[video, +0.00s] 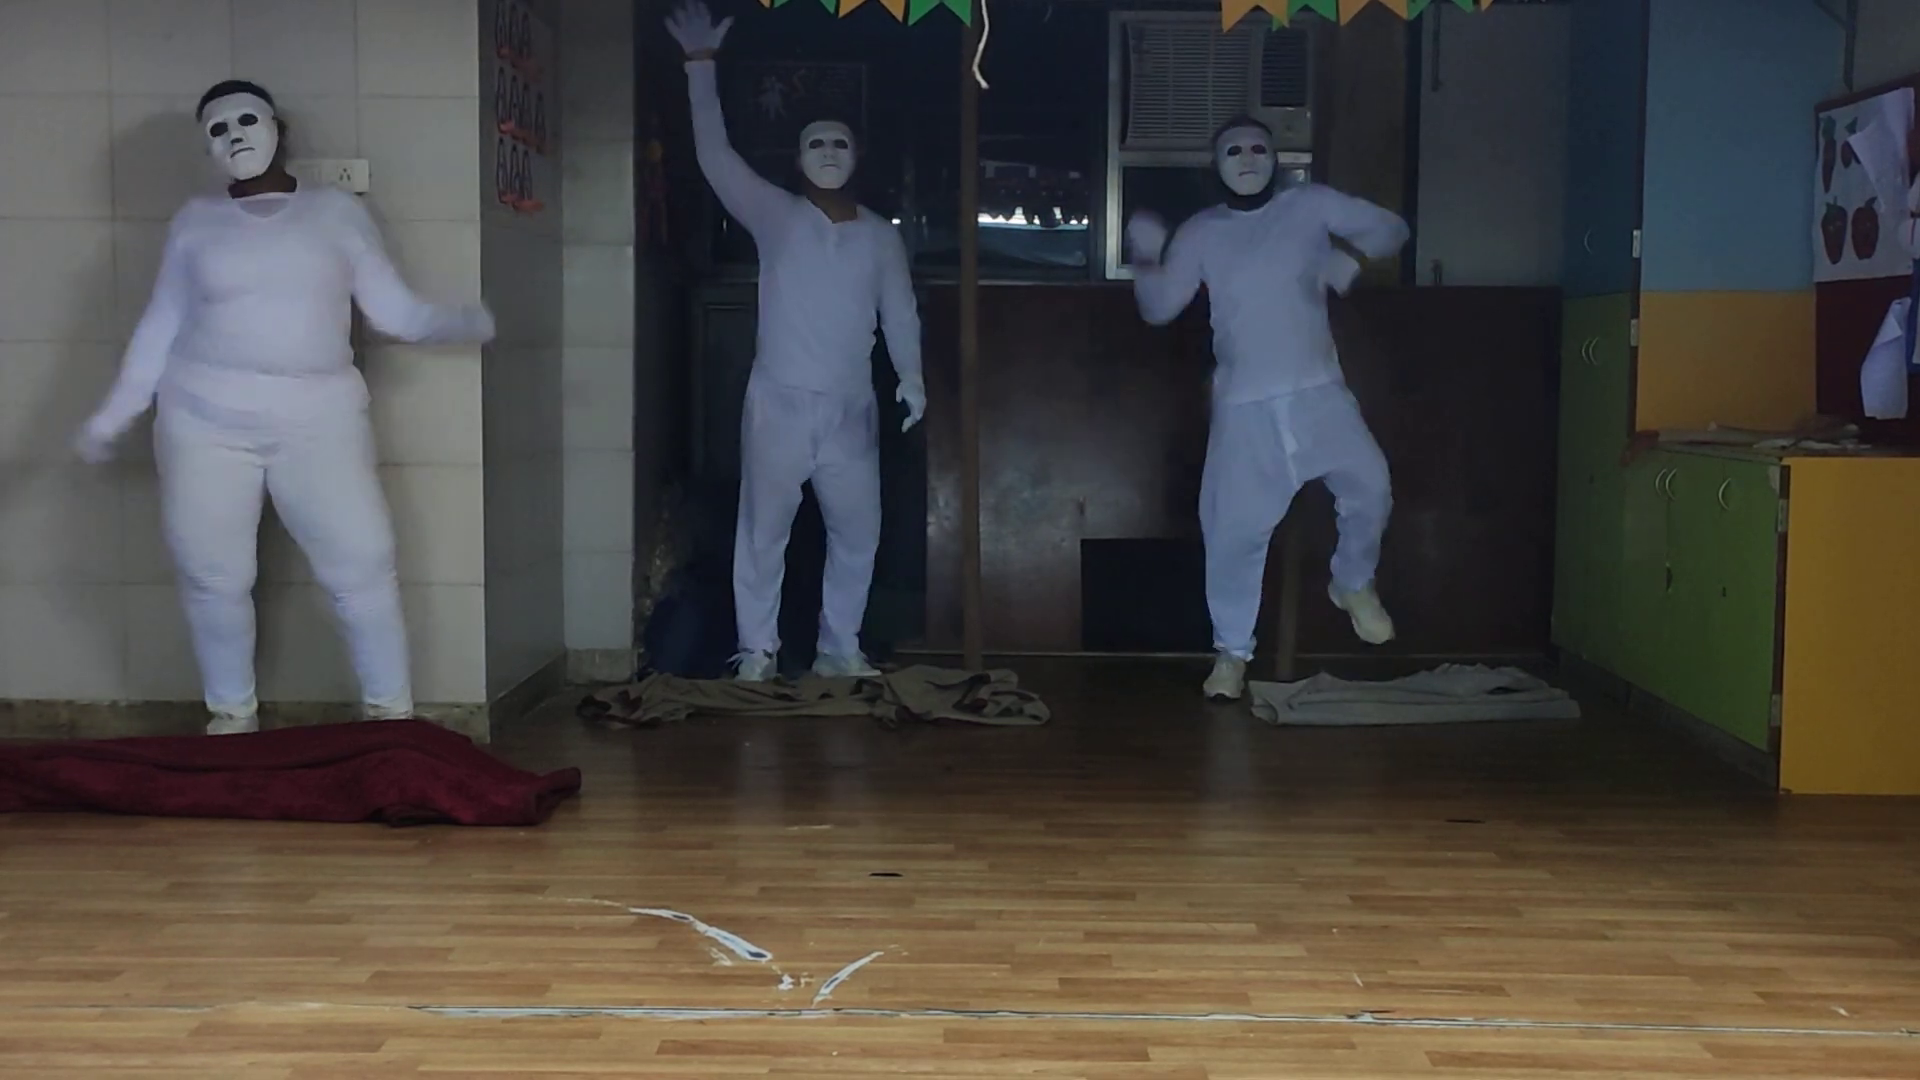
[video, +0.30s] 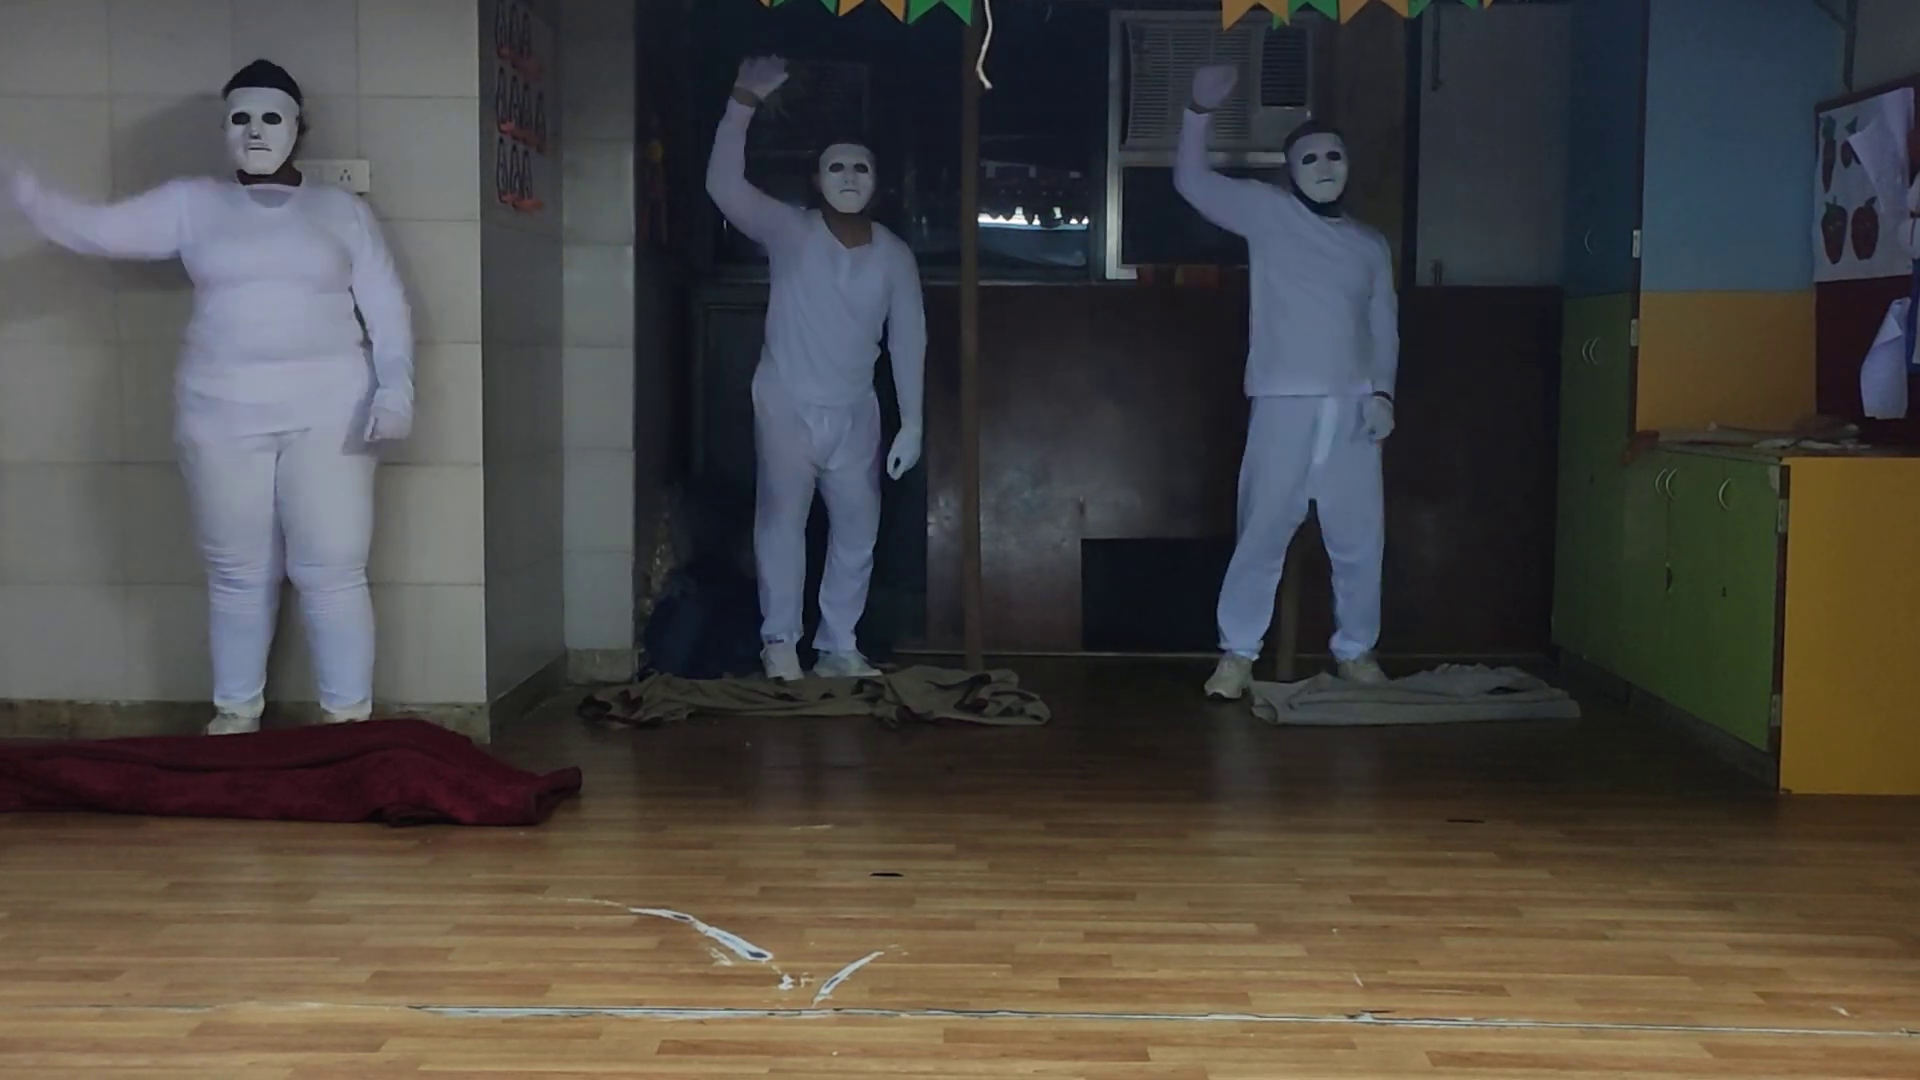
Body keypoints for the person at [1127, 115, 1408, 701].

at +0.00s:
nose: (1247, 159)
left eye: (1258, 150)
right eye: (1235, 152)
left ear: (1274, 160)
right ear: (1217, 165)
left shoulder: (1309, 205)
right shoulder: (1199, 233)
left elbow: (1390, 232)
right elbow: (1159, 307)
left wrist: (1351, 255)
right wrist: (1146, 260)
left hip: (1320, 392)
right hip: (1245, 404)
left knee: (1370, 490)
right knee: (1231, 527)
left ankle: (1353, 584)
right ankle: (1232, 653)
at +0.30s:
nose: (1324, 167)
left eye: (1334, 157)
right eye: (1310, 158)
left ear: (1348, 166)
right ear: (1289, 167)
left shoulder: (1370, 245)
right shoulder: (1267, 211)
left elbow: (1385, 325)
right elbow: (1194, 180)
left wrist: (1382, 391)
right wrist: (1198, 111)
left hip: (1353, 402)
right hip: (1283, 398)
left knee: (1358, 535)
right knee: (1265, 529)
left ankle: (1355, 652)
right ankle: (1237, 654)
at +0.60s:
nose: (1366, 173)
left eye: (1375, 162)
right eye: (1352, 164)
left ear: (1389, 170)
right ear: (1330, 173)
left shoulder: (1401, 250)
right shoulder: (1303, 215)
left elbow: (1412, 331)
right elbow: (1241, 198)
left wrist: (1426, 404)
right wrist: (1277, 130)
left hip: (1373, 408)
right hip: (1308, 405)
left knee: (1377, 532)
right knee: (1316, 529)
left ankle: (1357, 649)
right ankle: (1315, 647)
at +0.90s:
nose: (1384, 254)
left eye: (1395, 241)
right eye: (1369, 243)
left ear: (1409, 243)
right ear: (1350, 246)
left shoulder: (1425, 305)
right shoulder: (1323, 287)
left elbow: (1435, 389)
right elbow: (1252, 331)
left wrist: (1444, 468)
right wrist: (1289, 289)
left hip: (1380, 442)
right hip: (1313, 440)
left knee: (1404, 556)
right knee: (1325, 546)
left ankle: (1373, 652)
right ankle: (1320, 656)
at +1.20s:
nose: (1393, 377)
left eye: (1404, 367)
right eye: (1382, 367)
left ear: (1419, 352)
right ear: (1363, 352)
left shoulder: (1442, 378)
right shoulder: (1333, 368)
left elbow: (1456, 466)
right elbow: (1272, 441)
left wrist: (1466, 553)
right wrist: (1281, 471)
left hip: (1395, 481)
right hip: (1328, 474)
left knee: (1429, 562)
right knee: (1332, 551)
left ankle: (1379, 652)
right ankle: (1328, 655)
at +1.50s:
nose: (1394, 461)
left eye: (1405, 451)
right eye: (1383, 451)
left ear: (1422, 430)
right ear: (1364, 429)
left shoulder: (1445, 451)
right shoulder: (1332, 444)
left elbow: (1463, 534)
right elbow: (1292, 529)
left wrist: (1474, 623)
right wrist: (1290, 618)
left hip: (1399, 542)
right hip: (1337, 537)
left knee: (1438, 574)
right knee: (1332, 568)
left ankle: (1384, 652)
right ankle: (1326, 655)